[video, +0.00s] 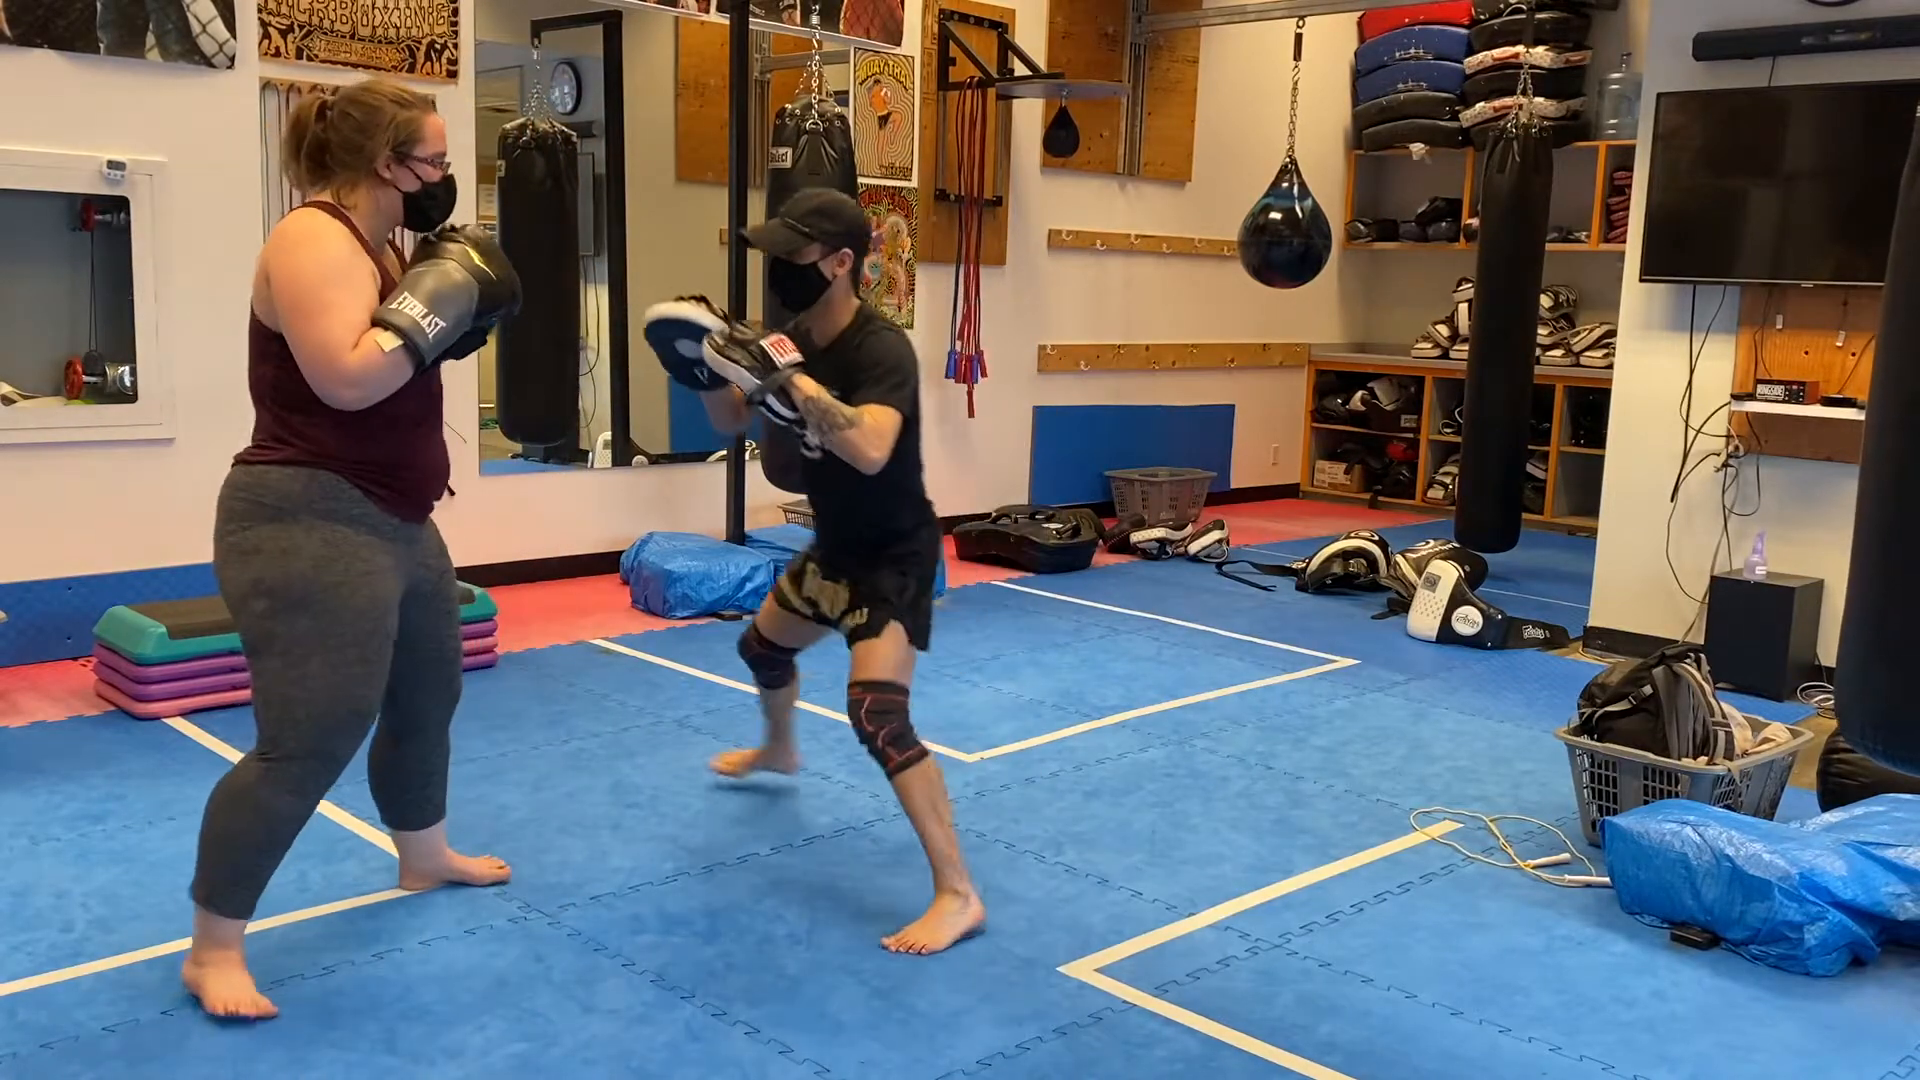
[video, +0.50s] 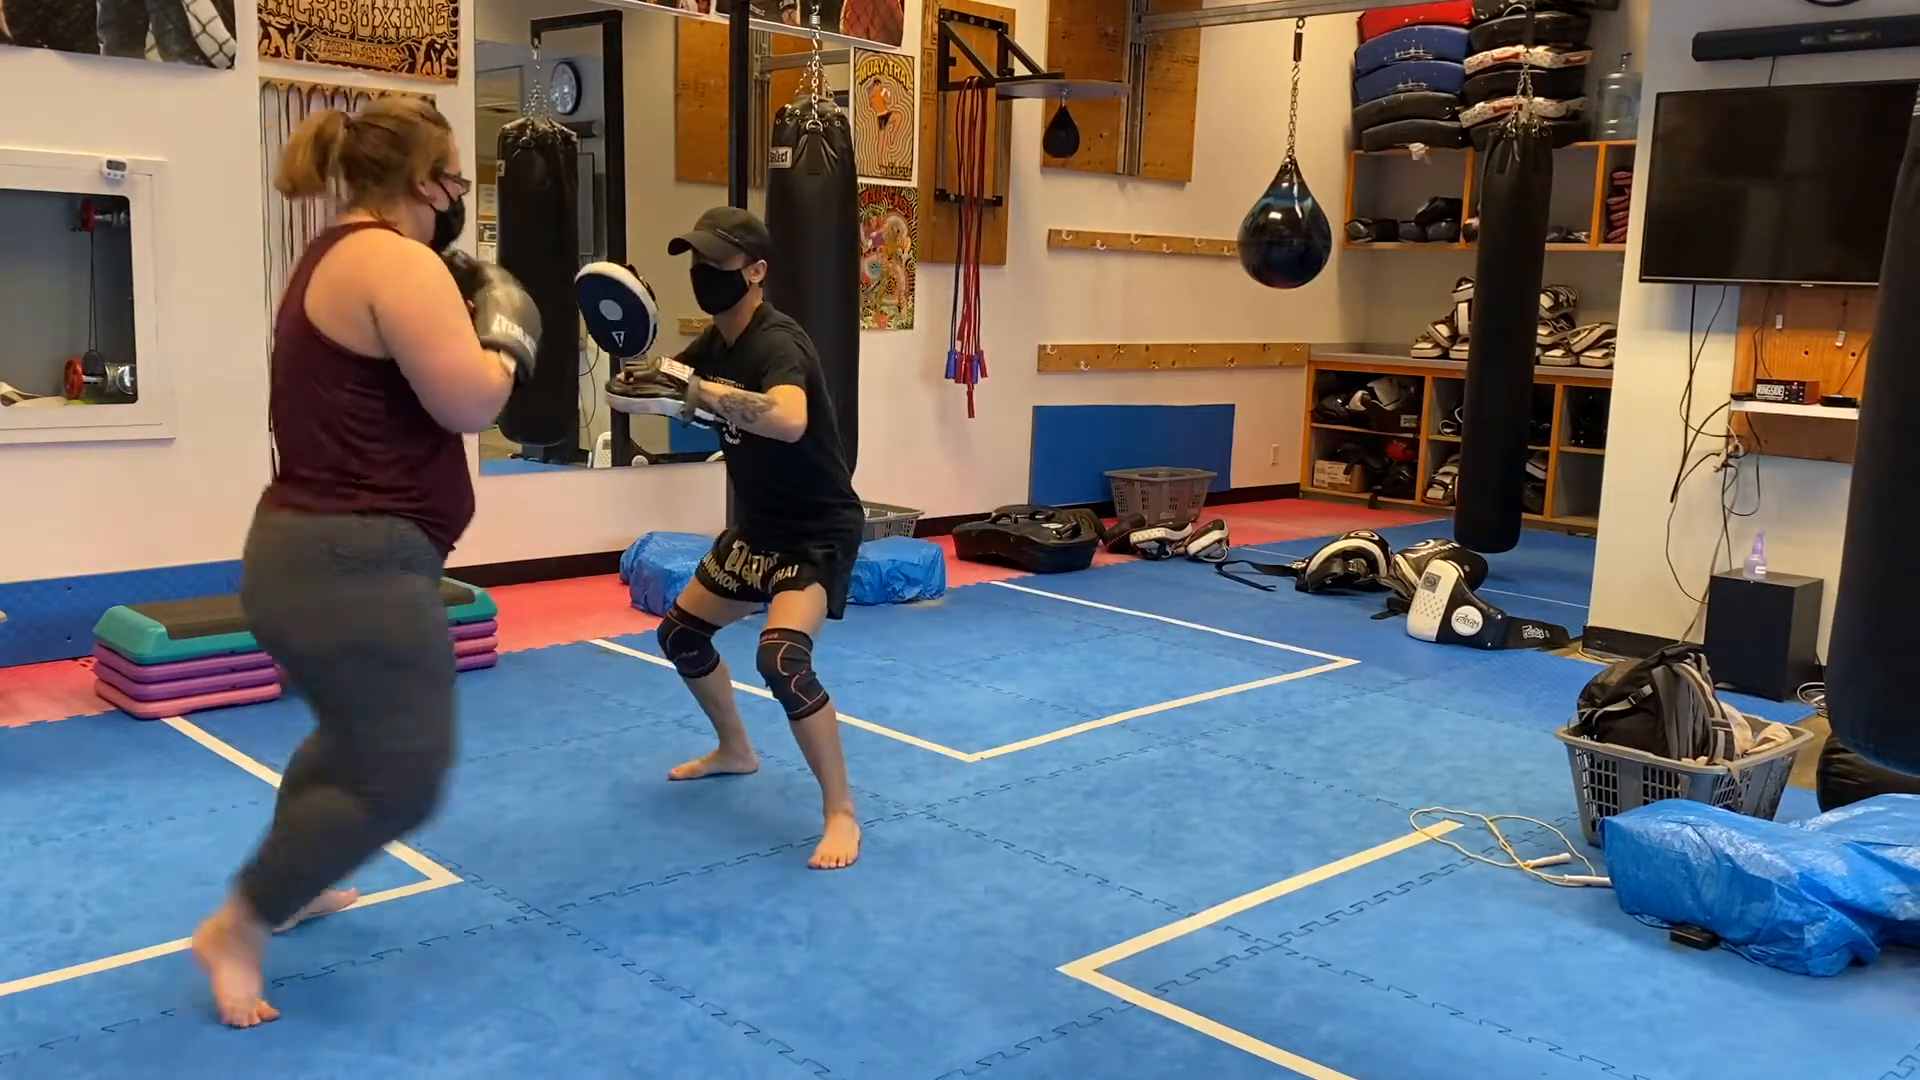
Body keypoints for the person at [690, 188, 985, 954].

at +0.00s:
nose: (775, 270)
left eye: (790, 257)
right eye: (776, 256)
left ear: (842, 262)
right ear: (821, 263)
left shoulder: (884, 349)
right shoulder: (792, 338)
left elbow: (871, 449)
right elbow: (729, 421)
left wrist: (799, 386)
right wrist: (713, 363)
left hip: (896, 548)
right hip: (834, 542)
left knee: (878, 713)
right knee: (766, 647)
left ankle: (958, 893)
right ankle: (780, 751)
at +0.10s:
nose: (757, 260)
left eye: (771, 249)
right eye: (756, 247)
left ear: (817, 254)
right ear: (791, 252)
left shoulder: (854, 337)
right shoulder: (764, 325)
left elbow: (849, 433)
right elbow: (691, 399)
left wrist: (774, 376)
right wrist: (699, 349)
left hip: (862, 526)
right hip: (796, 520)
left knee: (857, 676)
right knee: (733, 645)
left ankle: (917, 863)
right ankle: (735, 744)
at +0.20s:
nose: (734, 278)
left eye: (747, 267)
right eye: (732, 265)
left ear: (791, 270)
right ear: (746, 269)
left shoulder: (826, 348)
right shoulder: (729, 340)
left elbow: (830, 438)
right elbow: (655, 399)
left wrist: (755, 385)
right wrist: (637, 343)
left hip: (834, 535)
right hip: (765, 534)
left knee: (813, 661)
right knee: (697, 652)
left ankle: (862, 825)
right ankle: (737, 751)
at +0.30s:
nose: (716, 282)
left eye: (731, 272)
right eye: (713, 270)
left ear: (772, 275)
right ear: (714, 271)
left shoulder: (804, 350)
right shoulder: (720, 344)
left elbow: (812, 433)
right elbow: (650, 399)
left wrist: (725, 397)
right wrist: (635, 362)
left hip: (825, 537)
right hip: (755, 534)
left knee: (790, 661)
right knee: (683, 649)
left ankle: (839, 810)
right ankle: (735, 751)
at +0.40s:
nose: (705, 277)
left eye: (719, 267)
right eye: (703, 265)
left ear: (761, 272)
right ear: (703, 267)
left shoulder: (788, 346)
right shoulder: (717, 339)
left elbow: (798, 426)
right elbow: (656, 388)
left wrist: (700, 393)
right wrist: (633, 374)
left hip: (820, 531)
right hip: (753, 527)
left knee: (787, 659)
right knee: (679, 639)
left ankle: (841, 813)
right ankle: (735, 750)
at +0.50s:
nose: (699, 277)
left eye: (713, 267)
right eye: (697, 265)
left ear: (754, 270)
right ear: (696, 265)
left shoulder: (780, 342)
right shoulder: (715, 338)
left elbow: (790, 421)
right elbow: (661, 384)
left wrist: (695, 391)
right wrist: (632, 372)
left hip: (820, 528)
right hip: (756, 524)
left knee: (783, 657)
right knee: (681, 635)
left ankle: (840, 813)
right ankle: (735, 749)